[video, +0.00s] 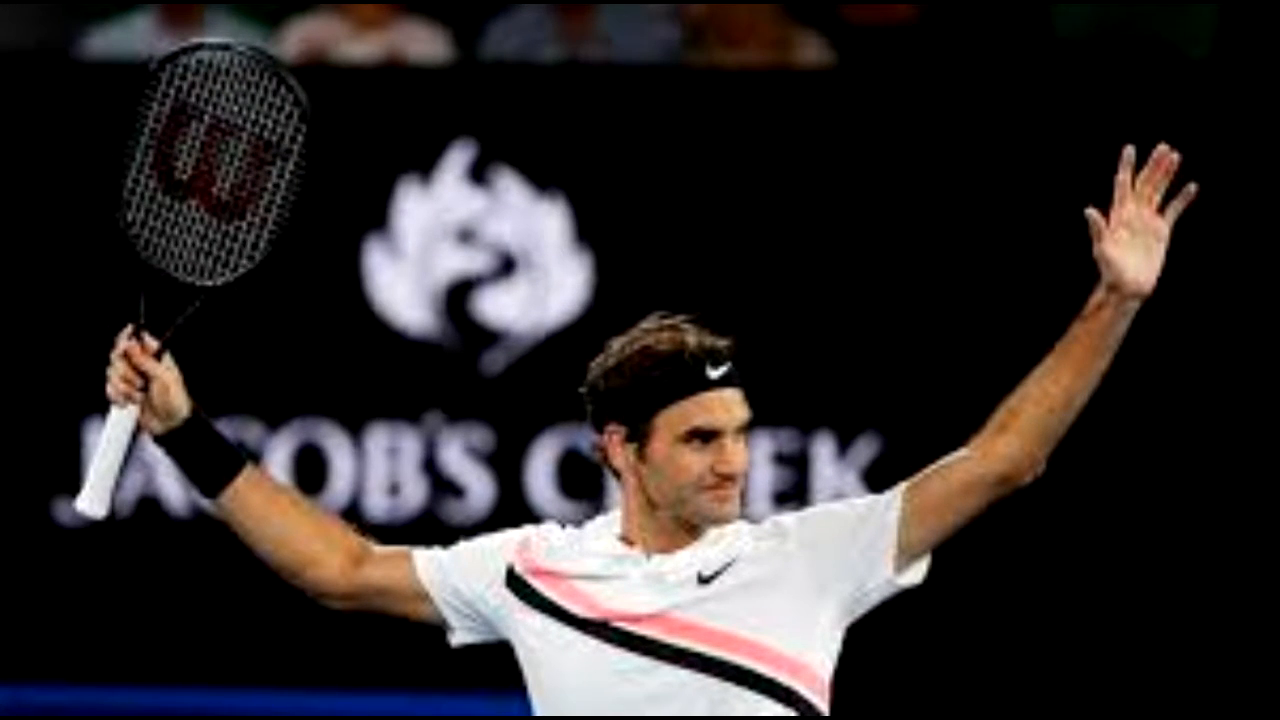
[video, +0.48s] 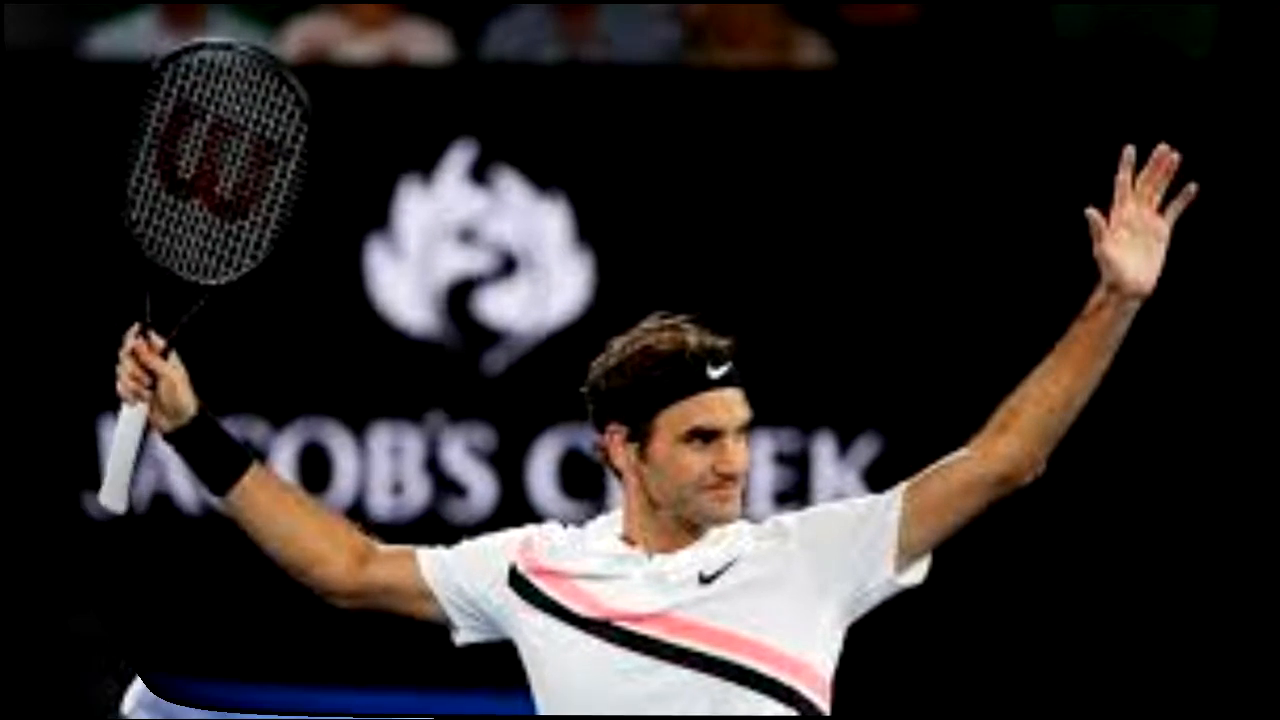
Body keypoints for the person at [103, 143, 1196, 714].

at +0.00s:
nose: (731, 464)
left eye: (739, 437)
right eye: (700, 441)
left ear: (750, 442)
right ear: (620, 455)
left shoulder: (814, 552)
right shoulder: (529, 573)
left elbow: (1005, 457)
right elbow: (335, 568)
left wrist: (1116, 300)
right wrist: (183, 429)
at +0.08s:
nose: (731, 464)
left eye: (739, 438)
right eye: (701, 441)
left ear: (749, 441)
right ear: (619, 455)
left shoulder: (814, 552)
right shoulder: (529, 573)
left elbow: (1004, 457)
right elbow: (335, 569)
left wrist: (1115, 300)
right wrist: (184, 429)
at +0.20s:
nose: (732, 464)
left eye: (739, 438)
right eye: (701, 441)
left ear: (749, 441)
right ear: (620, 455)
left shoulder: (815, 552)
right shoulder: (529, 573)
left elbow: (1004, 456)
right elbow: (336, 568)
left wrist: (1115, 300)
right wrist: (185, 430)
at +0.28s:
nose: (733, 464)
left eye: (739, 437)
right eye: (702, 441)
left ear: (749, 441)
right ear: (620, 455)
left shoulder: (814, 552)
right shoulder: (530, 573)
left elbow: (1005, 456)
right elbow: (337, 568)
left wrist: (1116, 300)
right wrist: (186, 429)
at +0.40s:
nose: (734, 464)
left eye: (740, 437)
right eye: (703, 442)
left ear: (749, 441)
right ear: (621, 455)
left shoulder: (815, 552)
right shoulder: (532, 573)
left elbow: (1004, 456)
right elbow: (340, 568)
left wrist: (1116, 300)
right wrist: (188, 429)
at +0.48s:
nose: (733, 464)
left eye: (740, 437)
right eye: (703, 441)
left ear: (750, 441)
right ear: (621, 454)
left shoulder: (816, 551)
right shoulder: (532, 572)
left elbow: (1004, 457)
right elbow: (343, 568)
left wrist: (1116, 300)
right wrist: (192, 429)